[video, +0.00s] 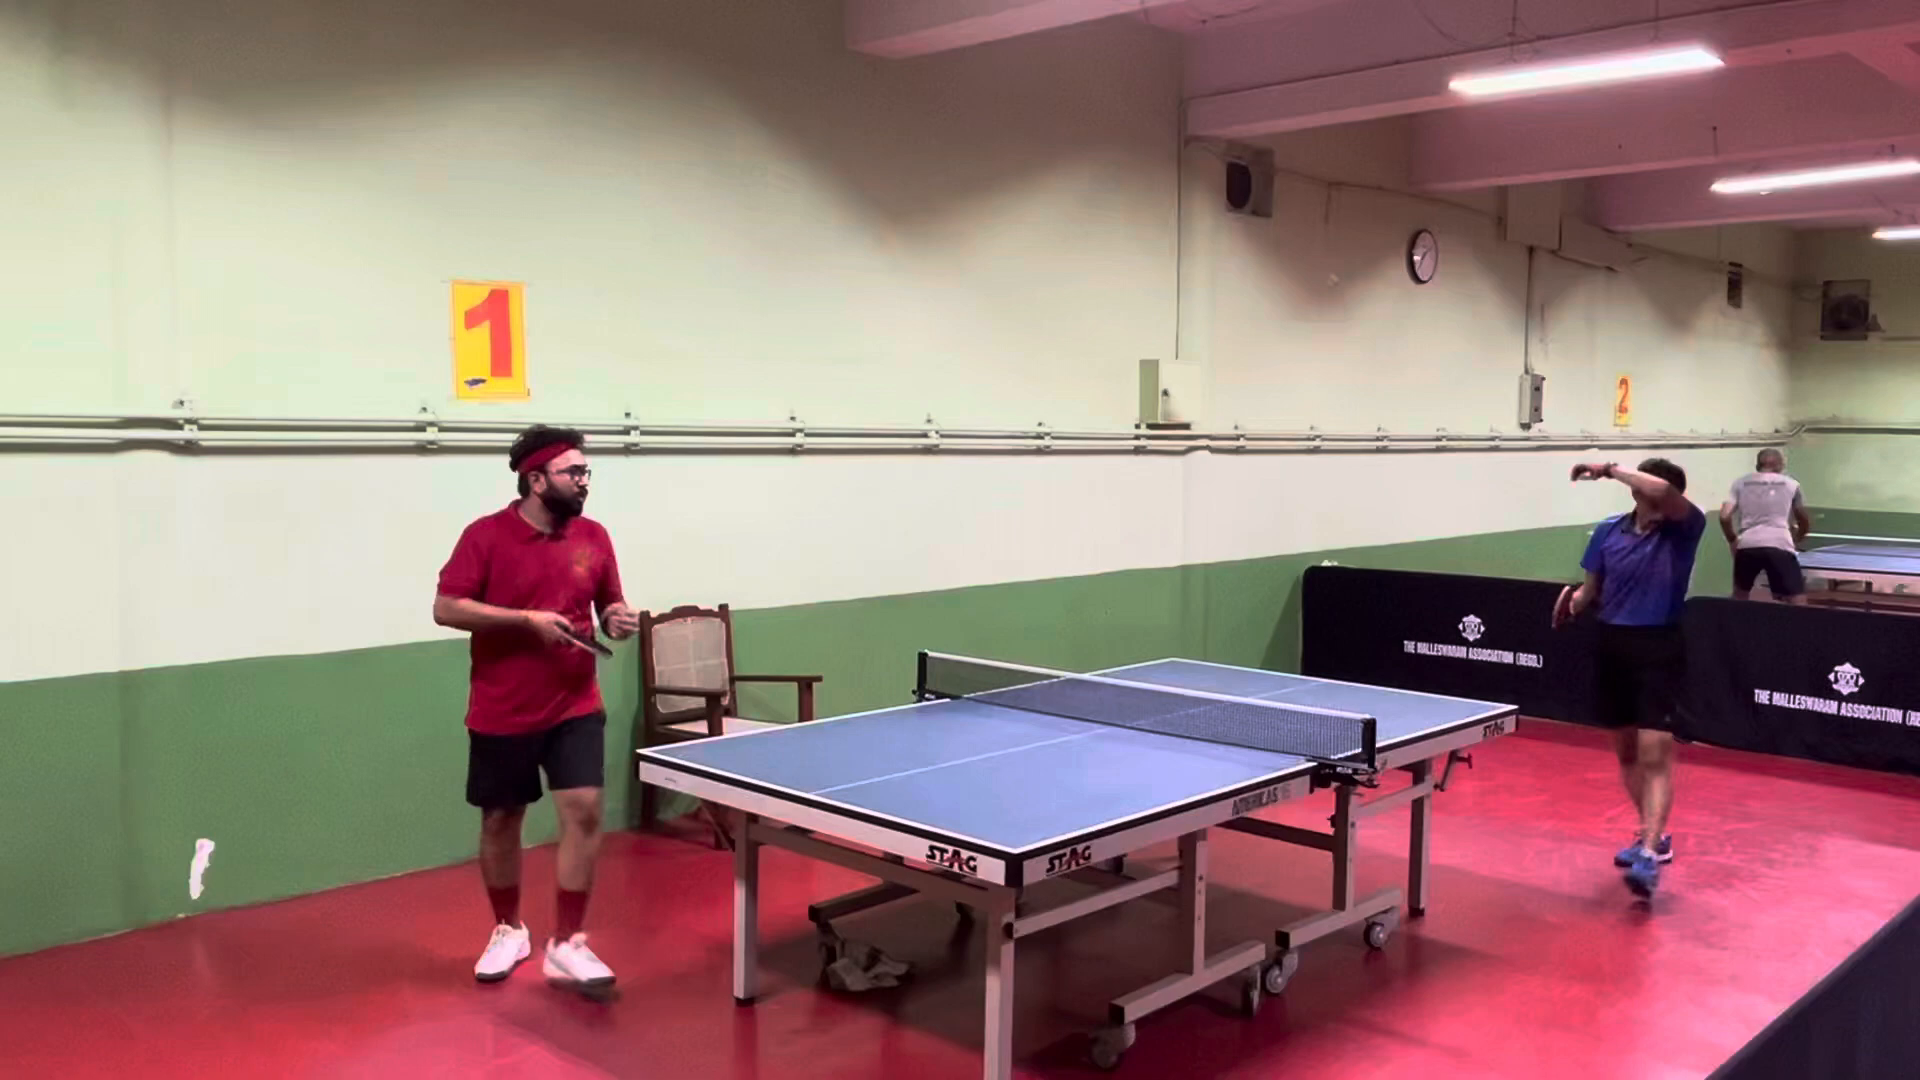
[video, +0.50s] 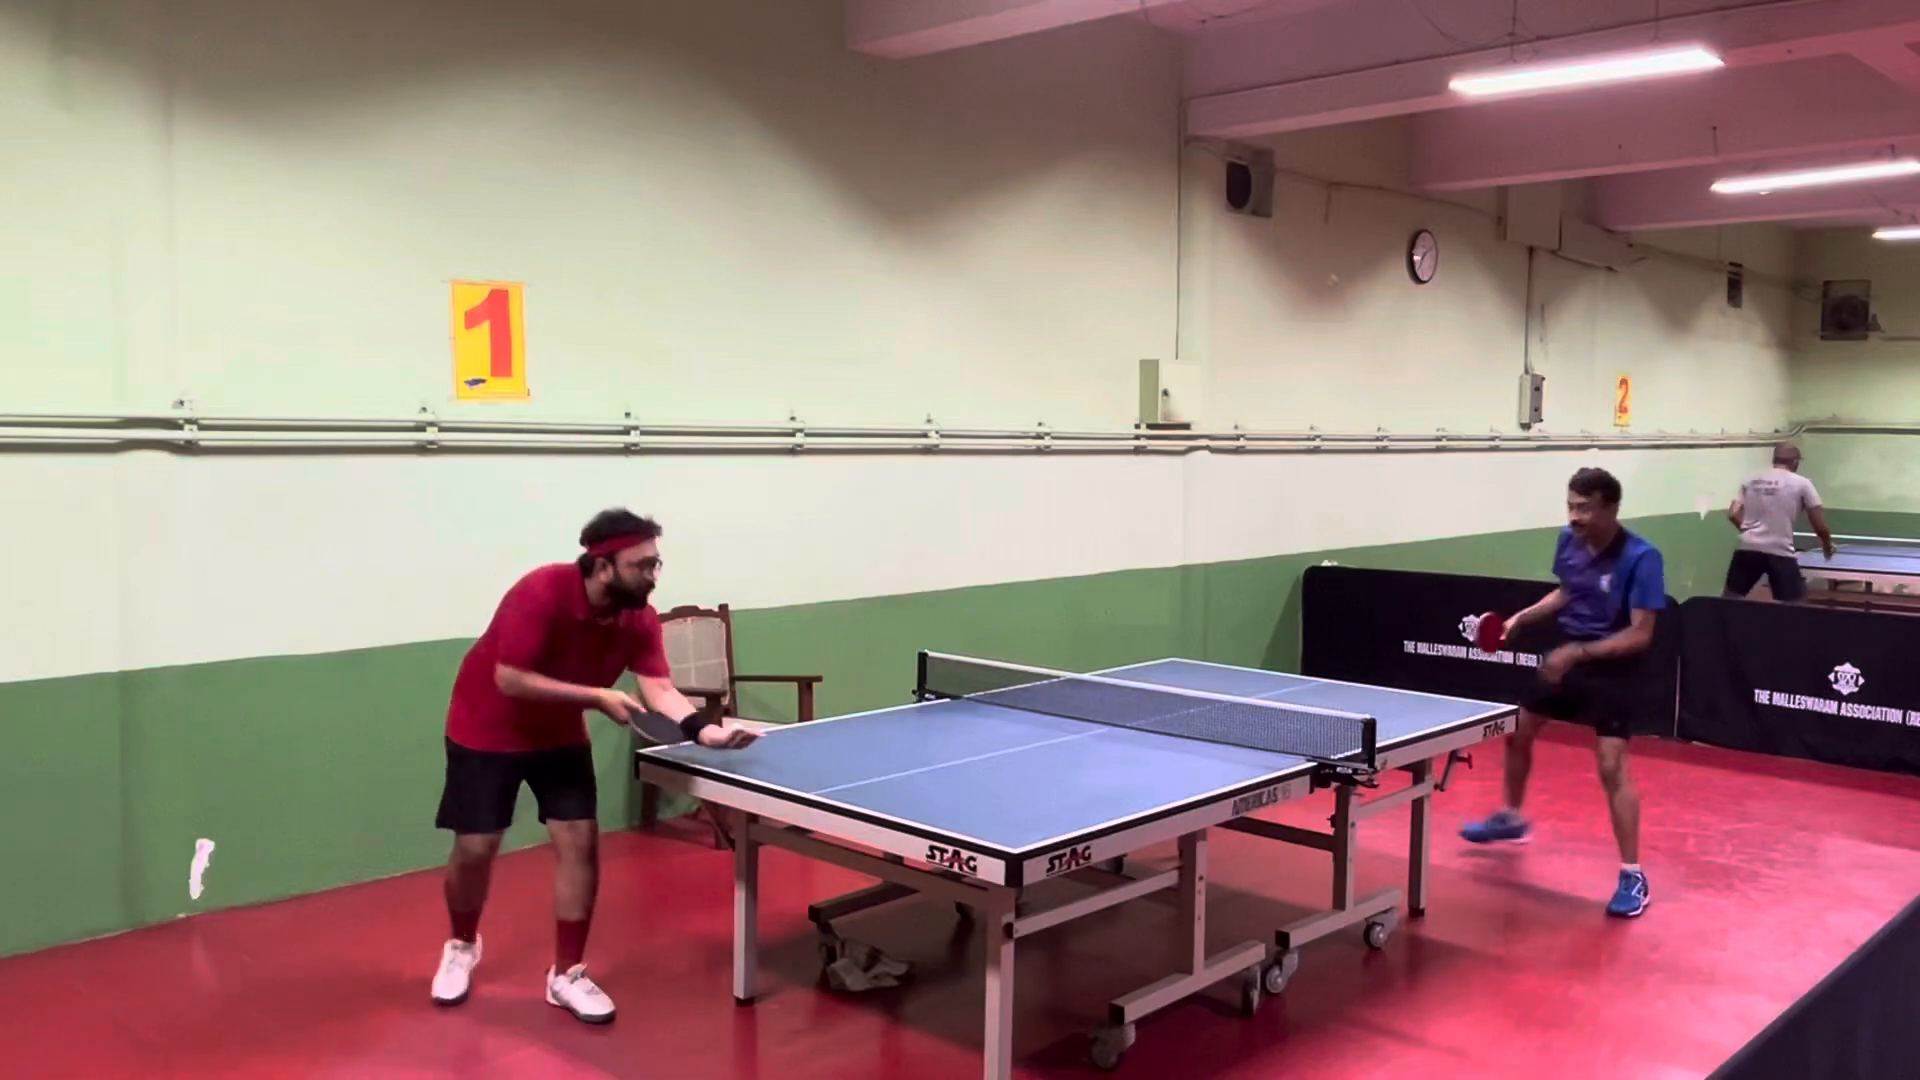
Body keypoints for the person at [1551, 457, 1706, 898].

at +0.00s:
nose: (1654, 496)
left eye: (1661, 490)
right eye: (1650, 488)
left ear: (1674, 497)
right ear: (1637, 491)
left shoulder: (1683, 530)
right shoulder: (1608, 531)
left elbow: (1664, 492)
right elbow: (1591, 588)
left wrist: (1612, 470)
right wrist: (1573, 601)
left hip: (1659, 646)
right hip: (1613, 645)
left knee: (1654, 753)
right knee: (1628, 752)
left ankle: (1648, 851)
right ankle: (1654, 836)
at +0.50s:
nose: (1574, 517)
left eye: (1583, 509)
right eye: (1571, 508)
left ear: (1611, 510)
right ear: (1570, 506)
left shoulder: (1642, 559)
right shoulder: (1569, 543)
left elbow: (1641, 634)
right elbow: (1566, 593)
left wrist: (1575, 651)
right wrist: (1518, 620)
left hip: (1618, 662)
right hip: (1571, 654)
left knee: (1611, 765)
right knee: (1520, 727)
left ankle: (1631, 875)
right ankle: (1510, 815)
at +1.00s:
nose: (1474, 538)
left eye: (1481, 530)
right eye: (1470, 531)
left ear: (1509, 527)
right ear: (1471, 532)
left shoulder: (1558, 561)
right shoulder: (1484, 571)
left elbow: (1617, 596)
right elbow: (1488, 624)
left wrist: (1578, 644)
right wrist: (1459, 648)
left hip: (1567, 666)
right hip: (1514, 665)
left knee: (1590, 763)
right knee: (1463, 734)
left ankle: (1629, 874)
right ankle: (1460, 826)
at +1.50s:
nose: (1513, 549)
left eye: (1521, 539)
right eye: (1510, 540)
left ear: (1551, 540)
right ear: (1514, 542)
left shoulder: (1593, 586)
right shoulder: (1527, 584)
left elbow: (1626, 656)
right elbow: (1527, 638)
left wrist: (1572, 690)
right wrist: (1471, 657)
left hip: (1605, 685)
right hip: (1558, 683)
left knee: (1600, 782)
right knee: (1499, 747)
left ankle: (1632, 878)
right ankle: (1468, 827)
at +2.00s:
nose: (1541, 578)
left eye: (1547, 568)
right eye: (1539, 569)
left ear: (1576, 566)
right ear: (1583, 570)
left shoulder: (1570, 607)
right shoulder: (1633, 601)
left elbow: (1543, 690)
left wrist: (1533, 714)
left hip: (1640, 711)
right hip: (1670, 708)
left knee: (1629, 834)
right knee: (1574, 762)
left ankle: (1707, 945)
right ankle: (1591, 866)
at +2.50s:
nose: (1659, 558)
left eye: (1664, 548)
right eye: (1660, 548)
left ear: (1685, 552)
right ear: (1702, 555)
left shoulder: (1684, 605)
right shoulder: (1719, 603)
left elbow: (1651, 678)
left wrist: (1609, 717)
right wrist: (1643, 593)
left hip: (1672, 730)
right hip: (1697, 728)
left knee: (1630, 865)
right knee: (1646, 793)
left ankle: (1726, 967)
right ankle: (1661, 873)